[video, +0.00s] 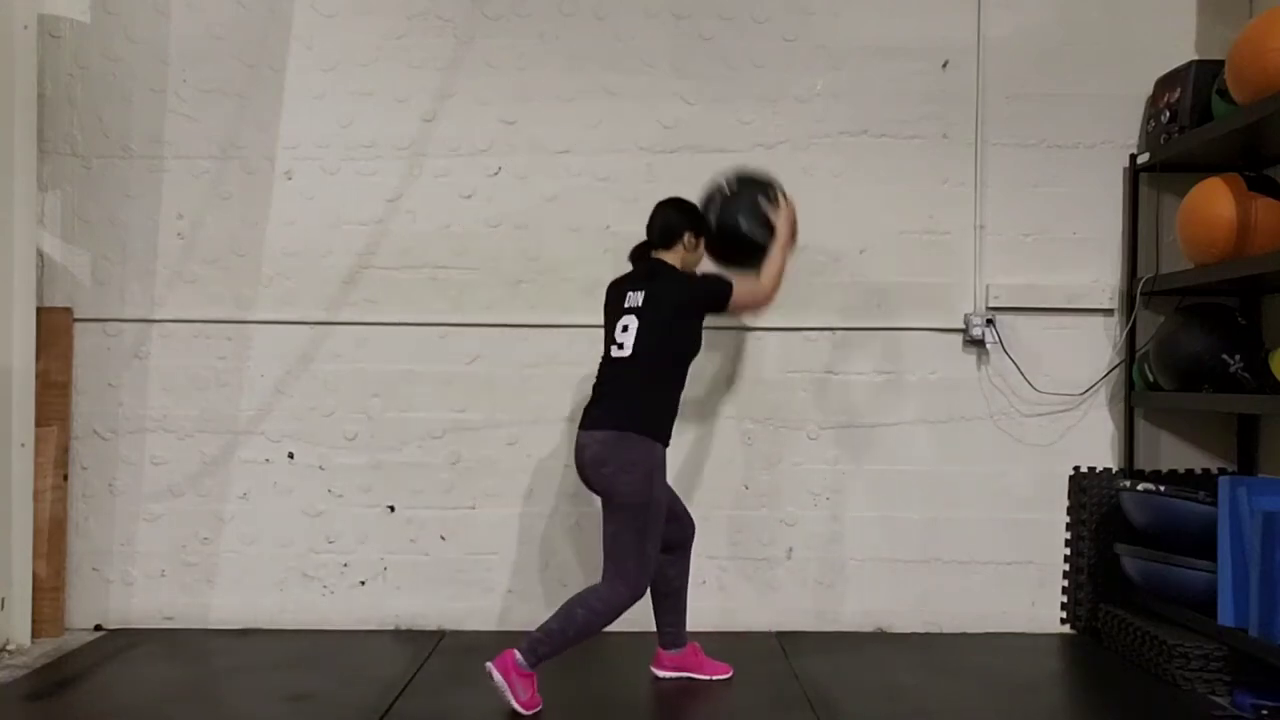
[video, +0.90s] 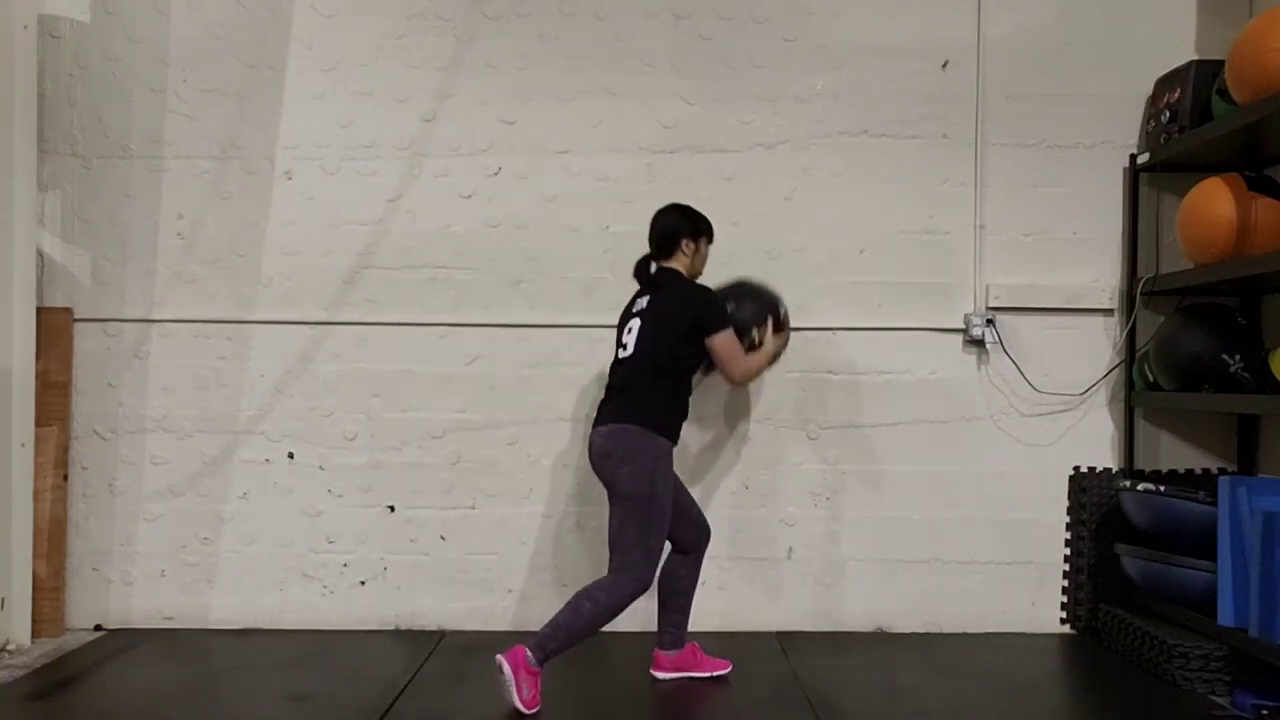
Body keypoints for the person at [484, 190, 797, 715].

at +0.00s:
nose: (702, 254)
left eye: (701, 245)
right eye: (700, 245)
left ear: (653, 239)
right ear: (687, 242)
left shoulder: (620, 286)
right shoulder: (685, 287)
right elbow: (759, 294)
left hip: (595, 446)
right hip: (632, 451)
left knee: (678, 532)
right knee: (626, 582)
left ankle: (673, 650)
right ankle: (522, 660)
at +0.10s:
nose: (709, 281)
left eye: (710, 271)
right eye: (709, 271)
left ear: (662, 263)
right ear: (696, 267)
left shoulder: (630, 312)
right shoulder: (697, 323)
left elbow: (665, 369)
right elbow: (746, 388)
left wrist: (726, 360)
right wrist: (795, 372)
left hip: (589, 460)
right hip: (620, 468)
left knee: (681, 531)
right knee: (626, 601)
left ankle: (674, 651)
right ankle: (516, 663)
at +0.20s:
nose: (715, 302)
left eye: (717, 293)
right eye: (716, 293)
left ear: (668, 287)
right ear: (703, 290)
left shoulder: (640, 336)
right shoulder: (703, 349)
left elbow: (625, 410)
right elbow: (729, 438)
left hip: (586, 475)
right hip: (613, 484)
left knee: (684, 533)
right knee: (622, 618)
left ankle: (675, 650)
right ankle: (510, 668)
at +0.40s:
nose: (730, 318)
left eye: (732, 310)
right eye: (730, 309)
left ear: (681, 303)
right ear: (718, 306)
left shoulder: (651, 349)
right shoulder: (713, 366)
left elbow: (636, 428)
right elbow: (726, 458)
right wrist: (749, 522)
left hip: (589, 480)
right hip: (616, 490)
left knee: (691, 534)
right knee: (625, 625)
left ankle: (676, 651)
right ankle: (510, 668)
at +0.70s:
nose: (727, 298)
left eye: (728, 289)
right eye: (728, 289)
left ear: (679, 284)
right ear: (716, 288)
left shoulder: (651, 333)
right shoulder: (720, 344)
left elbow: (664, 408)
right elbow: (721, 431)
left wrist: (718, 436)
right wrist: (746, 452)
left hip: (603, 461)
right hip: (635, 469)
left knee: (695, 534)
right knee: (632, 605)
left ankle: (675, 650)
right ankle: (522, 663)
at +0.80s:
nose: (720, 277)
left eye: (720, 269)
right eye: (719, 268)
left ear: (674, 268)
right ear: (703, 268)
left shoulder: (647, 318)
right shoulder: (710, 323)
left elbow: (670, 393)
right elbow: (729, 408)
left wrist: (732, 400)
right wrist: (760, 407)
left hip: (608, 451)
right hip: (635, 457)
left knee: (693, 533)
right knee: (634, 589)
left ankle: (674, 651)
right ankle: (524, 661)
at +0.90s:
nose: (706, 255)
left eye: (705, 247)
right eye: (705, 246)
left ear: (660, 247)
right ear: (689, 246)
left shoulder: (644, 297)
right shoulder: (694, 299)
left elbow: (677, 372)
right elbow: (740, 370)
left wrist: (725, 339)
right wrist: (773, 348)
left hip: (616, 440)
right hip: (637, 444)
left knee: (693, 535)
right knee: (632, 575)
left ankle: (672, 650)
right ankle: (529, 656)